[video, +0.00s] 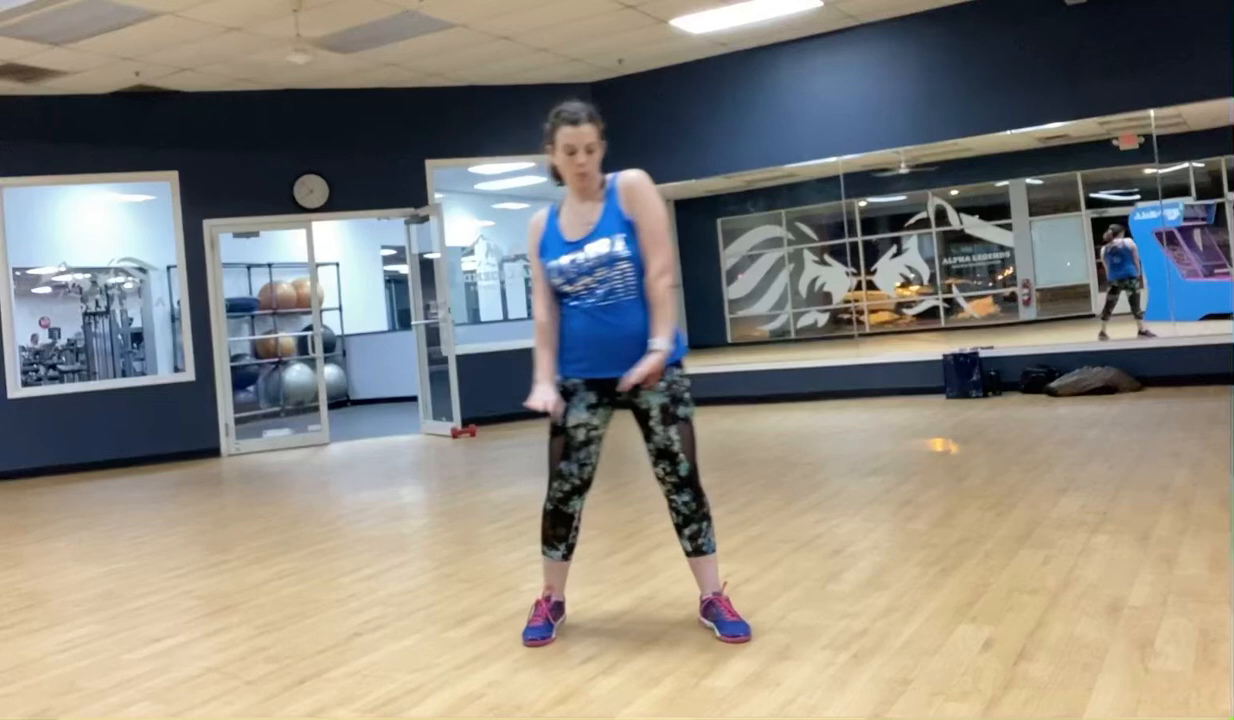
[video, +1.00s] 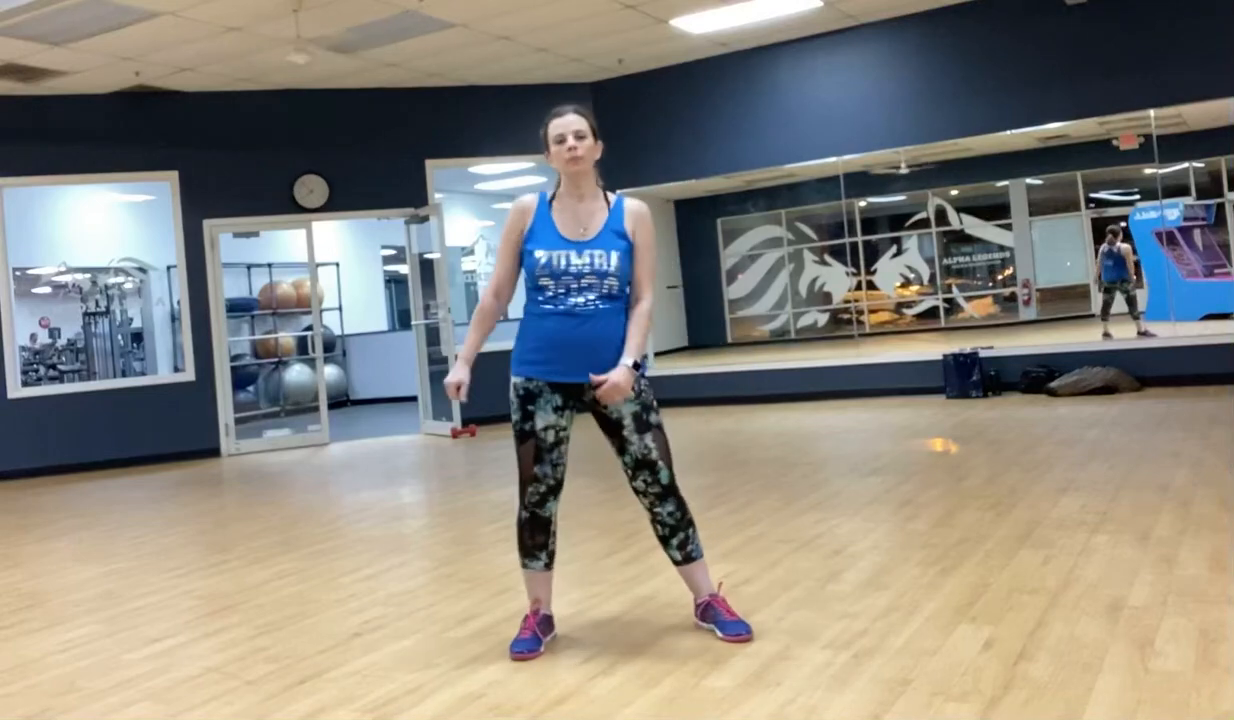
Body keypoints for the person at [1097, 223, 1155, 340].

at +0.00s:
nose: (1123, 236)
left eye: (1122, 234)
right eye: (1123, 234)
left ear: (1111, 234)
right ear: (1122, 233)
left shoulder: (1104, 248)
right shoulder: (1129, 242)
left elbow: (1105, 265)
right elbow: (1136, 259)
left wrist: (1109, 278)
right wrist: (1139, 274)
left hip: (1115, 279)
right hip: (1131, 277)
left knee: (1109, 305)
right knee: (1135, 304)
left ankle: (1102, 330)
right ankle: (1141, 328)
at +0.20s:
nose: (1110, 234)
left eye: (1113, 232)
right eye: (1129, 233)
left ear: (1116, 234)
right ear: (1127, 233)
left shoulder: (1110, 248)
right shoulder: (1134, 242)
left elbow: (1111, 265)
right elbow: (1140, 259)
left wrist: (1115, 276)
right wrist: (1143, 272)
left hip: (1119, 278)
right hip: (1135, 276)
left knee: (1113, 303)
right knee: (1137, 304)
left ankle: (1103, 328)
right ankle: (1142, 329)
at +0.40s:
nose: (1114, 234)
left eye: (1116, 232)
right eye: (1115, 232)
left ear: (1121, 234)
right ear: (1127, 233)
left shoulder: (1113, 248)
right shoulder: (1134, 245)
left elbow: (1113, 264)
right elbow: (1142, 262)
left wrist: (1116, 276)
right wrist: (1150, 275)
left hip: (1120, 279)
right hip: (1135, 278)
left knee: (1115, 304)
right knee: (1137, 304)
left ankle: (1108, 329)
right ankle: (1141, 329)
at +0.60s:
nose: (1128, 236)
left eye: (1127, 234)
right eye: (1127, 234)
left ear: (1115, 234)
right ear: (1126, 235)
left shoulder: (1110, 247)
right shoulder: (1127, 247)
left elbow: (1109, 264)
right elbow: (1135, 264)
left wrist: (1113, 276)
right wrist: (1146, 274)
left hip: (1118, 280)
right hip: (1132, 279)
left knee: (1113, 305)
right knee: (1134, 305)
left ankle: (1107, 330)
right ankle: (1141, 328)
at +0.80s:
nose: (1123, 237)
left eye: (1122, 235)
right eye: (1122, 235)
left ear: (1110, 235)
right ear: (1121, 236)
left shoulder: (1104, 247)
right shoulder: (1123, 248)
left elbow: (1101, 263)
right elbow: (1129, 265)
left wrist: (1103, 277)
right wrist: (1138, 280)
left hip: (1109, 280)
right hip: (1123, 279)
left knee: (1107, 304)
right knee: (1131, 303)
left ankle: (1105, 330)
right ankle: (1140, 328)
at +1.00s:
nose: (1121, 236)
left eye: (1120, 234)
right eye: (1121, 234)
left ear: (1109, 235)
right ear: (1120, 235)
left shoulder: (1103, 248)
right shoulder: (1125, 248)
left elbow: (1099, 263)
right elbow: (1130, 264)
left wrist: (1098, 276)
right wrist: (1132, 275)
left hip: (1108, 280)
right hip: (1124, 280)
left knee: (1106, 305)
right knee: (1132, 303)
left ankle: (1105, 330)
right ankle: (1140, 328)